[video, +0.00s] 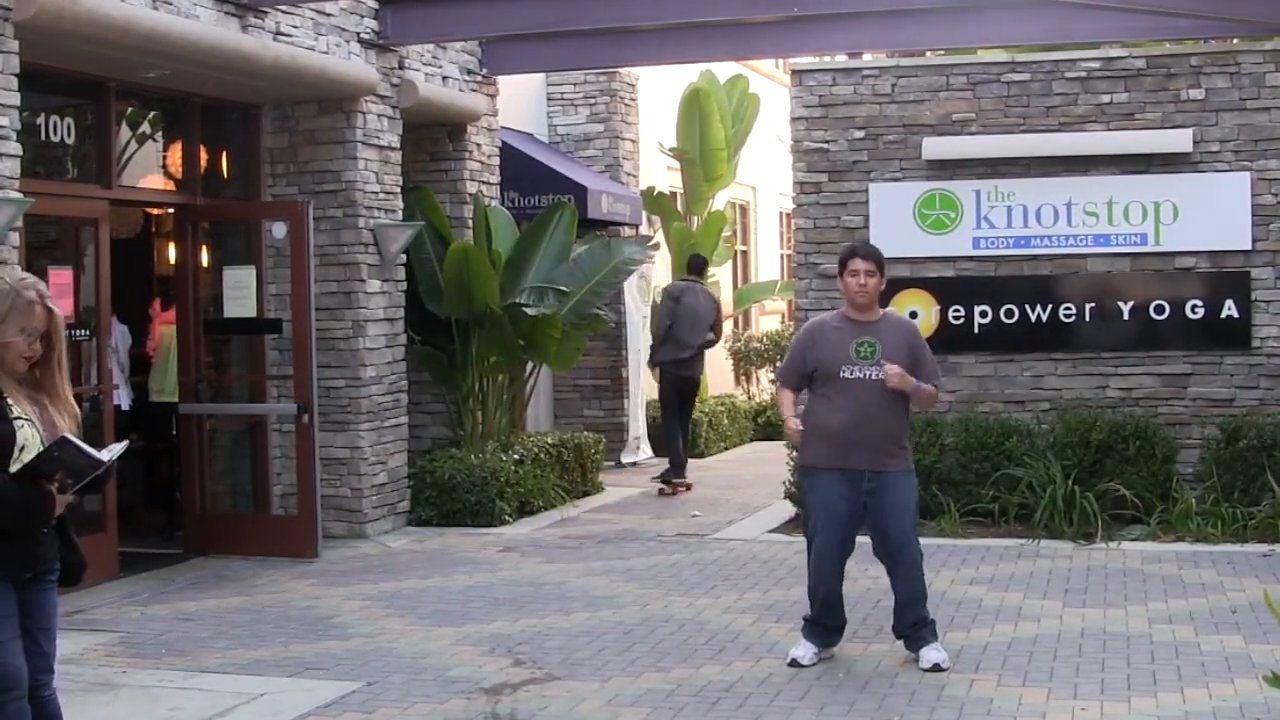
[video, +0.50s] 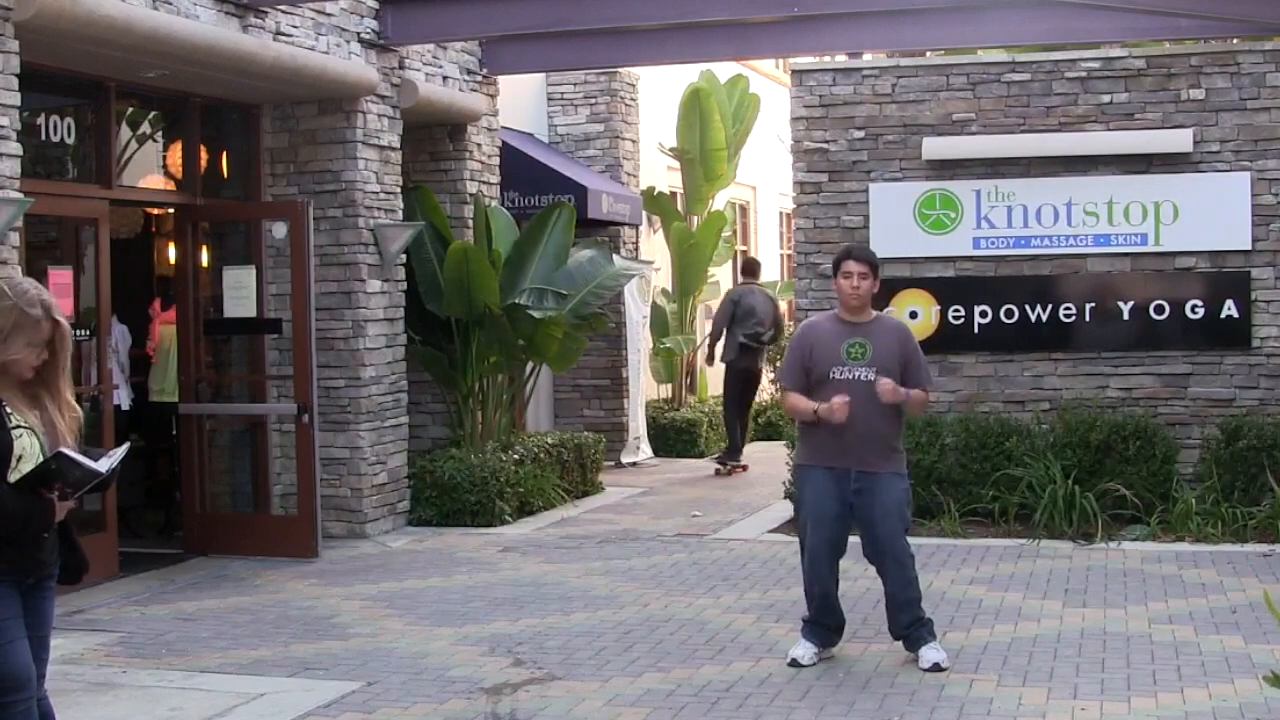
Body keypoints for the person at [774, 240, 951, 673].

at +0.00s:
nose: (861, 281)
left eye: (869, 274)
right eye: (853, 274)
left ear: (882, 282)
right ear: (840, 282)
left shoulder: (904, 331)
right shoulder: (815, 332)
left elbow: (930, 396)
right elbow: (786, 384)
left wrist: (909, 385)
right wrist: (790, 417)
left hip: (891, 465)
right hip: (826, 465)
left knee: (904, 552)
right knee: (824, 555)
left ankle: (922, 638)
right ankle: (819, 635)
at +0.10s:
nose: (861, 283)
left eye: (870, 276)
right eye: (853, 276)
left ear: (884, 284)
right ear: (842, 284)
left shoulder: (908, 333)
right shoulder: (819, 334)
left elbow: (938, 394)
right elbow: (790, 386)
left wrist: (919, 402)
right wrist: (792, 407)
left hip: (898, 468)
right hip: (832, 469)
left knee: (910, 555)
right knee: (830, 556)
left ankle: (921, 638)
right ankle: (819, 635)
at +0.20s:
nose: (861, 285)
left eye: (869, 277)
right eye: (853, 277)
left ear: (883, 284)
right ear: (841, 284)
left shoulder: (907, 333)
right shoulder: (818, 334)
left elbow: (936, 393)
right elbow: (791, 404)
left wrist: (922, 416)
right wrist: (801, 394)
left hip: (897, 468)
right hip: (832, 469)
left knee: (910, 555)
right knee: (832, 557)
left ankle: (922, 638)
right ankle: (819, 635)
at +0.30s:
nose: (858, 282)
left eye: (867, 275)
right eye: (850, 275)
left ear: (880, 282)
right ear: (839, 282)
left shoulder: (905, 332)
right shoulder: (814, 332)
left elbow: (930, 391)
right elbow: (792, 401)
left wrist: (918, 413)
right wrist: (817, 385)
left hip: (894, 465)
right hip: (829, 466)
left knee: (906, 551)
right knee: (827, 553)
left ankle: (921, 638)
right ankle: (819, 635)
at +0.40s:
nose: (855, 280)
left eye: (863, 273)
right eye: (847, 273)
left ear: (877, 281)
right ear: (836, 280)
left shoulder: (900, 330)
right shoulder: (812, 331)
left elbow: (925, 391)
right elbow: (791, 396)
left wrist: (907, 406)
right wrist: (824, 392)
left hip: (887, 464)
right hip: (824, 464)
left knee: (900, 552)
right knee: (819, 553)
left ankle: (920, 637)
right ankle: (819, 634)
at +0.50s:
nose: (854, 284)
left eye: (862, 277)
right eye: (846, 276)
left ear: (876, 284)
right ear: (834, 282)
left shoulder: (897, 333)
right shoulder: (810, 333)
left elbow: (923, 399)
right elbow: (790, 398)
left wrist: (903, 394)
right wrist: (819, 410)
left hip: (882, 466)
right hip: (821, 464)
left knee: (892, 549)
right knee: (817, 552)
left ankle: (920, 637)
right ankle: (819, 633)